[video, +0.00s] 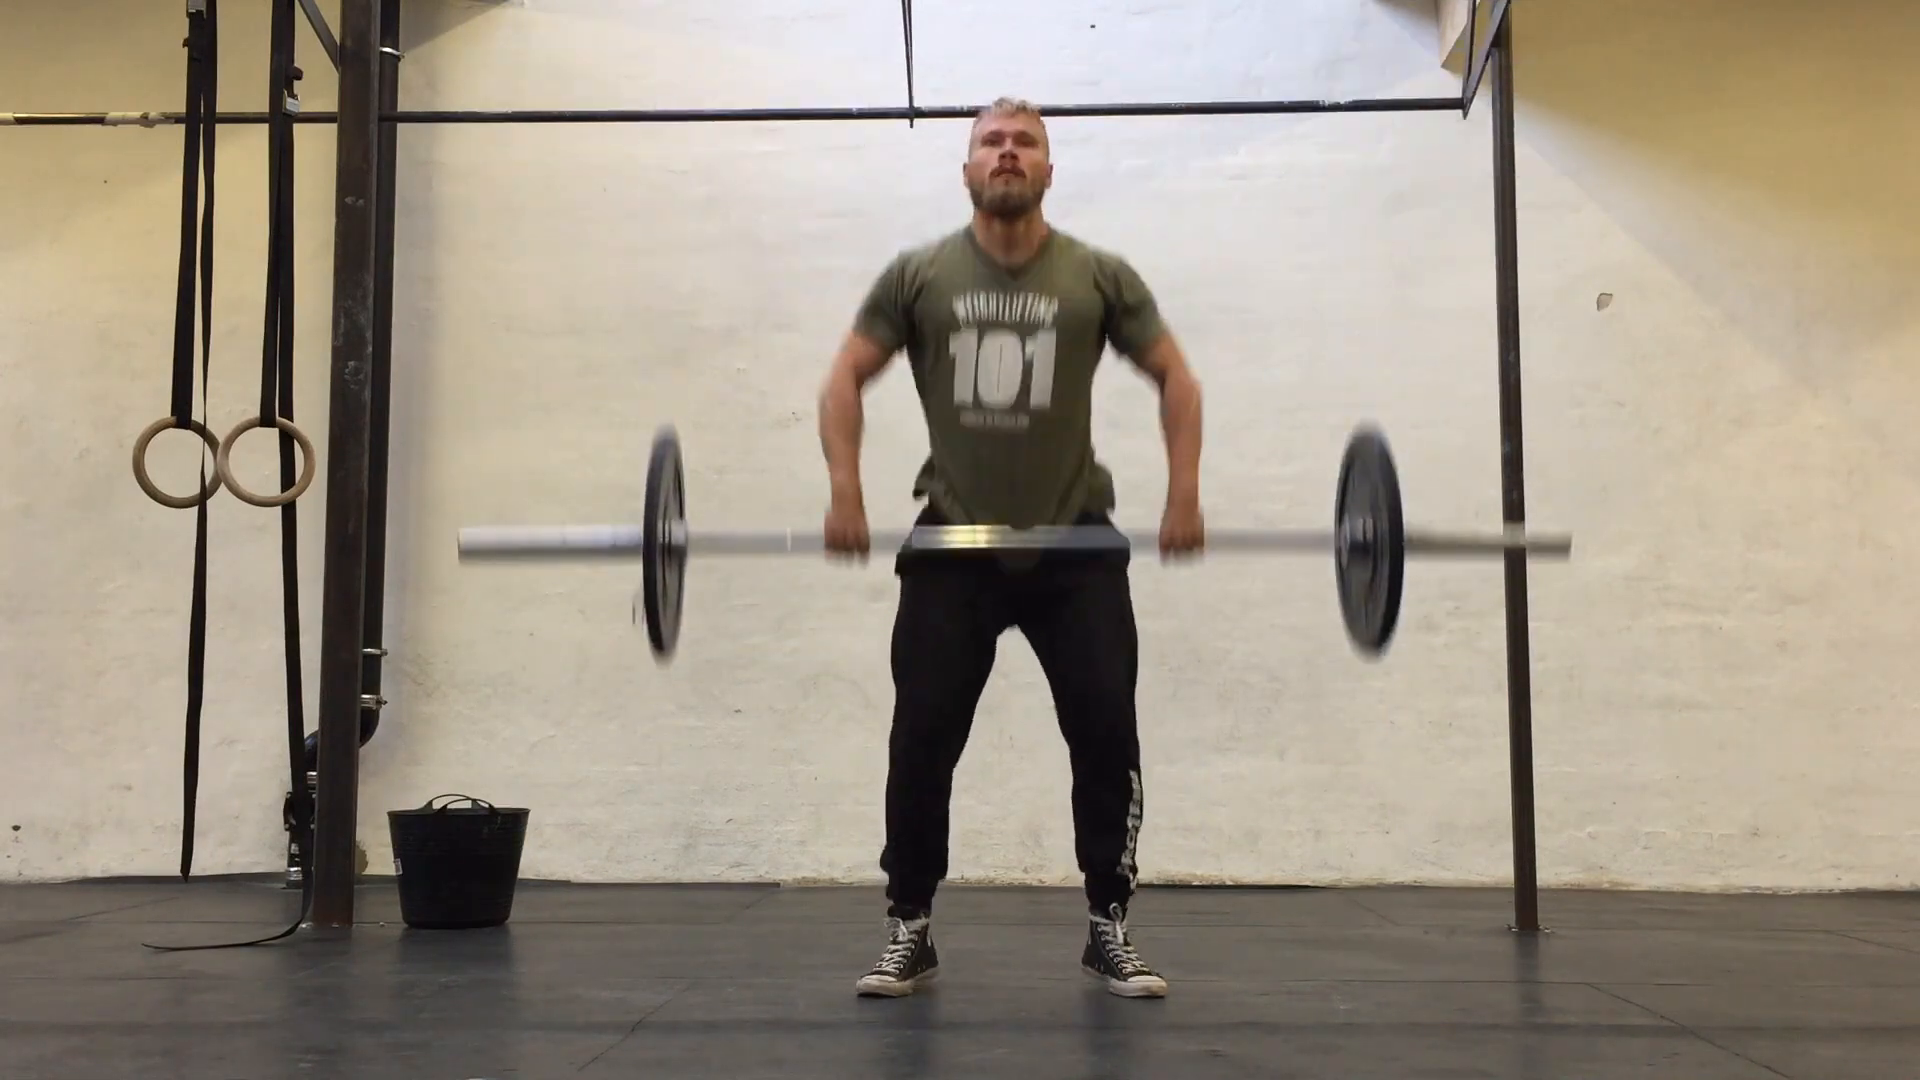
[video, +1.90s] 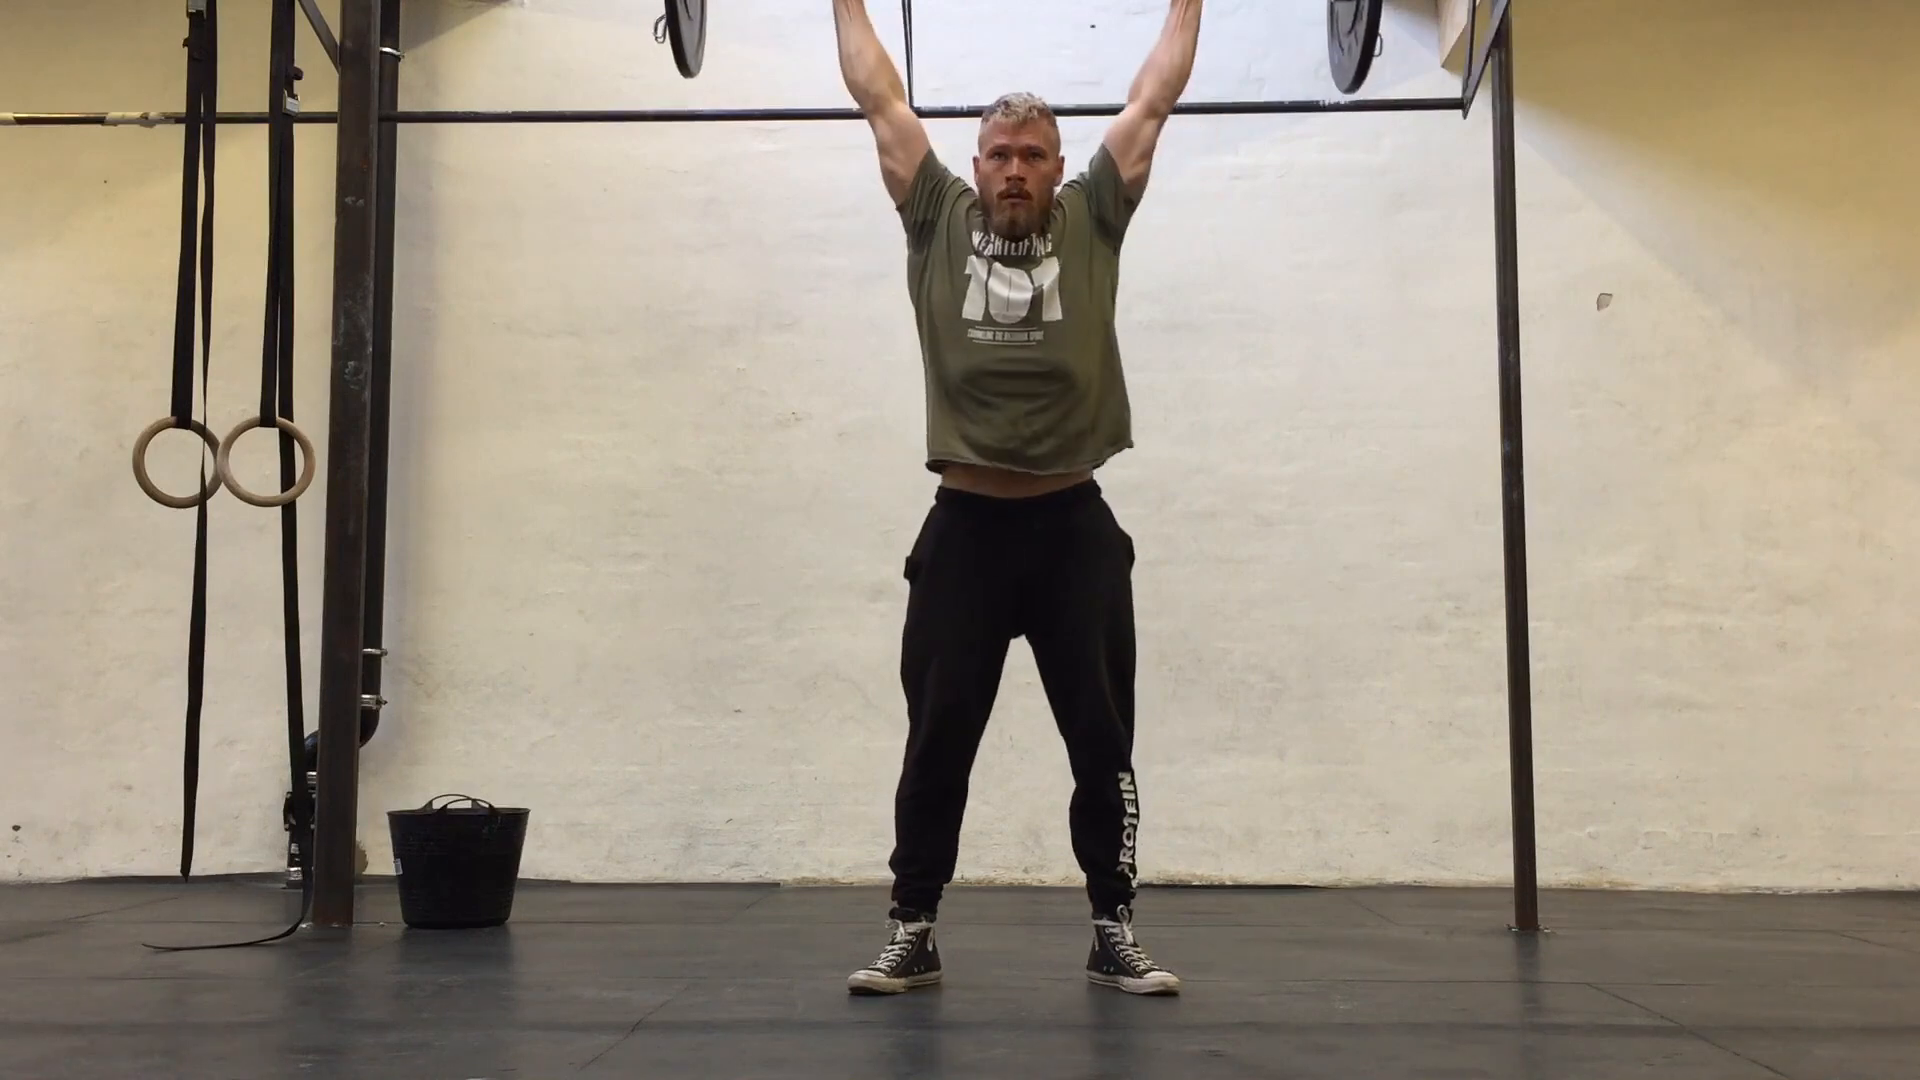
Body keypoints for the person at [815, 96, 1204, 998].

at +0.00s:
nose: (1007, 151)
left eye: (1024, 142)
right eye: (991, 141)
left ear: (1049, 171)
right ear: (965, 169)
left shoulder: (1100, 279)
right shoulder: (917, 278)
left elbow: (1176, 379)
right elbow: (843, 381)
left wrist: (1184, 497)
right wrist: (846, 495)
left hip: (1074, 548)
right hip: (951, 550)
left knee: (1107, 737)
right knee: (921, 741)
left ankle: (1110, 932)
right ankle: (908, 931)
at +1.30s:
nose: (1010, 274)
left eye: (1027, 266)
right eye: (995, 265)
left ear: (1051, 298)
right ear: (970, 297)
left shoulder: (1094, 390)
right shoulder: (931, 391)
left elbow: (1169, 438)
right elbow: (866, 433)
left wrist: (1171, 356)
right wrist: (852, 358)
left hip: (1072, 646)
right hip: (948, 646)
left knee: (1170, 780)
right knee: (867, 784)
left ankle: (1109, 943)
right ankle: (913, 943)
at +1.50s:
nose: (1011, 169)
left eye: (1026, 163)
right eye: (996, 162)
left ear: (1049, 196)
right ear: (971, 195)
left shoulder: (1085, 275)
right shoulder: (936, 278)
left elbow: (1157, 303)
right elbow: (871, 312)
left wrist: (1173, 223)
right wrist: (854, 233)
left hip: (1071, 546)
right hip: (953, 546)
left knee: (1111, 737)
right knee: (917, 739)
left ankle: (1117, 926)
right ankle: (908, 926)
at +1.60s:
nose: (1006, 148)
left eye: (1024, 144)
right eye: (992, 143)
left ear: (1048, 176)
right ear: (972, 174)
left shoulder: (1088, 243)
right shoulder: (931, 246)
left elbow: (1188, 214)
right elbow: (840, 219)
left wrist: (1181, 116)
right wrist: (846, 117)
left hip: (1072, 507)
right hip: (958, 509)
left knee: (1107, 710)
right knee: (932, 711)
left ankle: (1128, 912)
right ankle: (902, 914)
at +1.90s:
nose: (1013, 170)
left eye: (1032, 155)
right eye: (997, 154)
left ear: (1059, 167)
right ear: (974, 164)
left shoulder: (1092, 220)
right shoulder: (938, 220)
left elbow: (1152, 106)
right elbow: (878, 98)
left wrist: (1187, 5)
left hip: (1074, 532)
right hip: (965, 533)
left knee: (1103, 744)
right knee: (937, 739)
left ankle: (1116, 939)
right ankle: (911, 939)